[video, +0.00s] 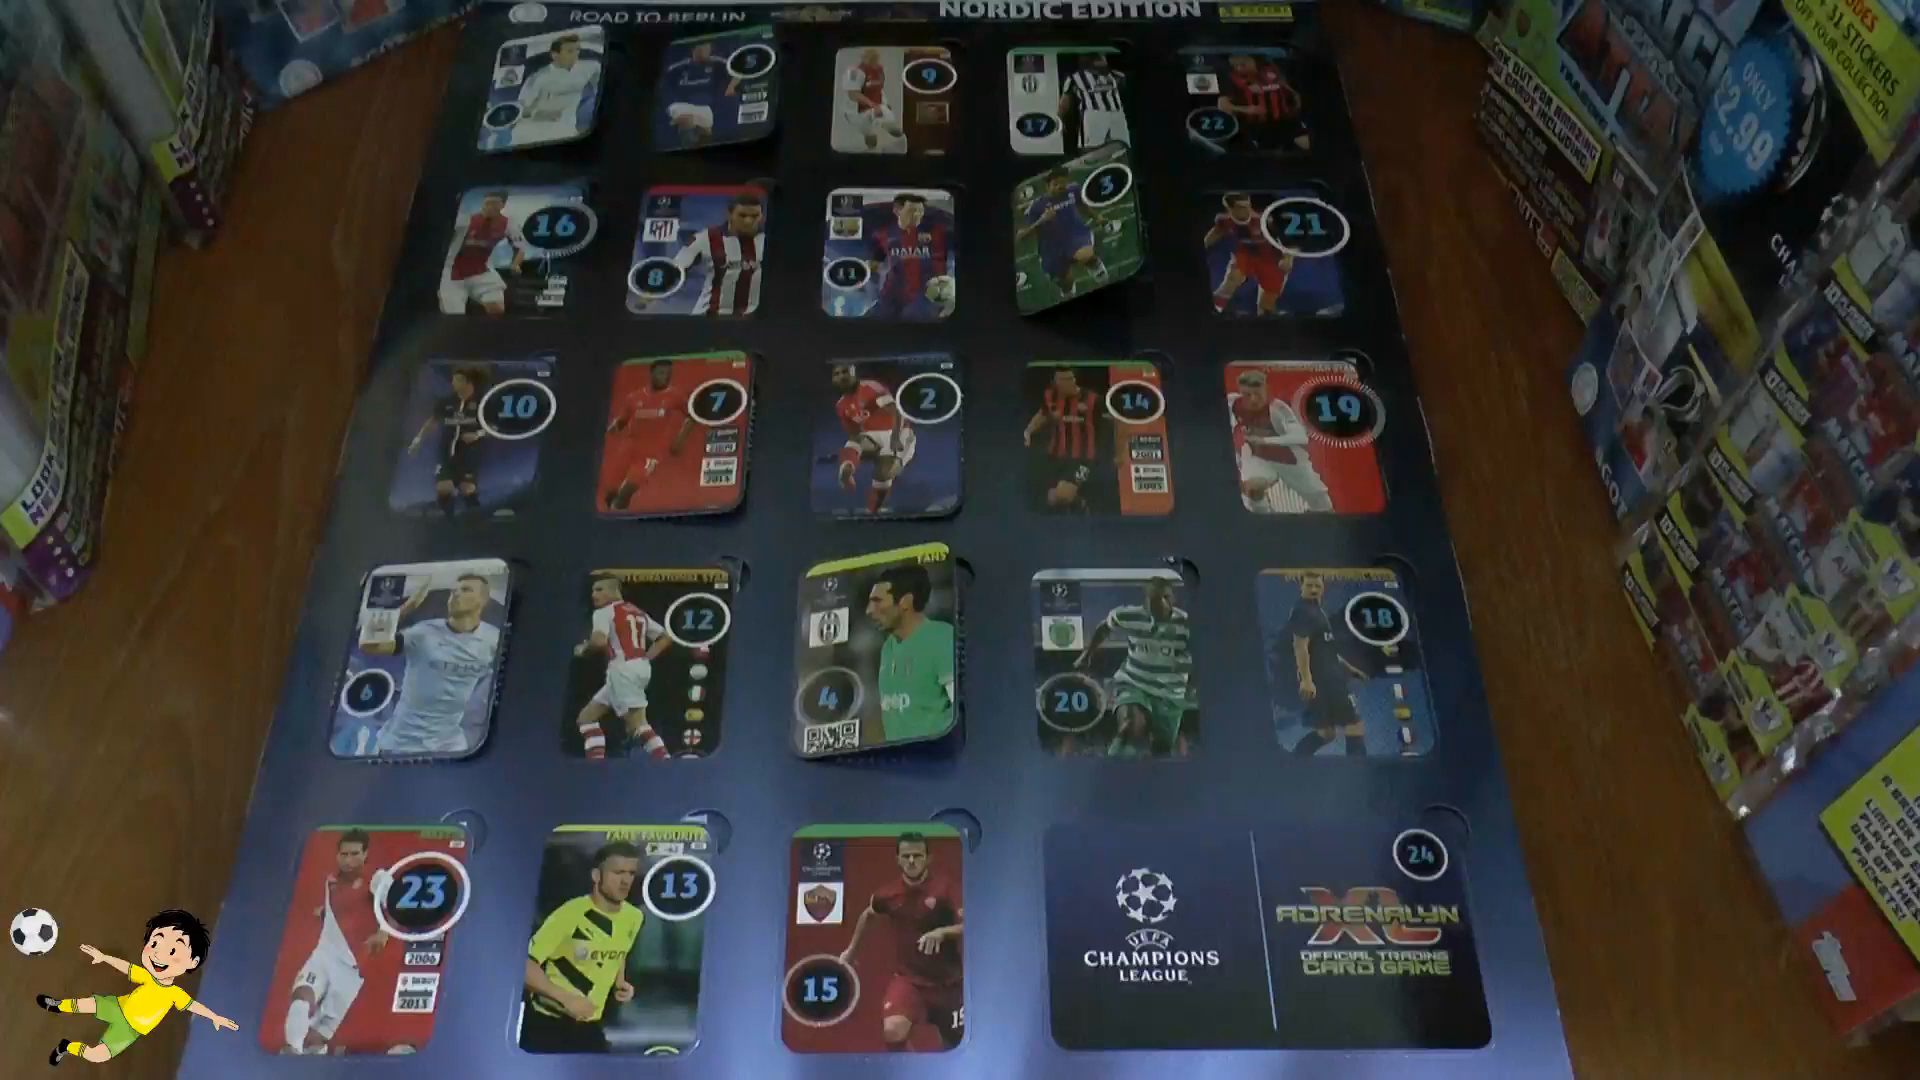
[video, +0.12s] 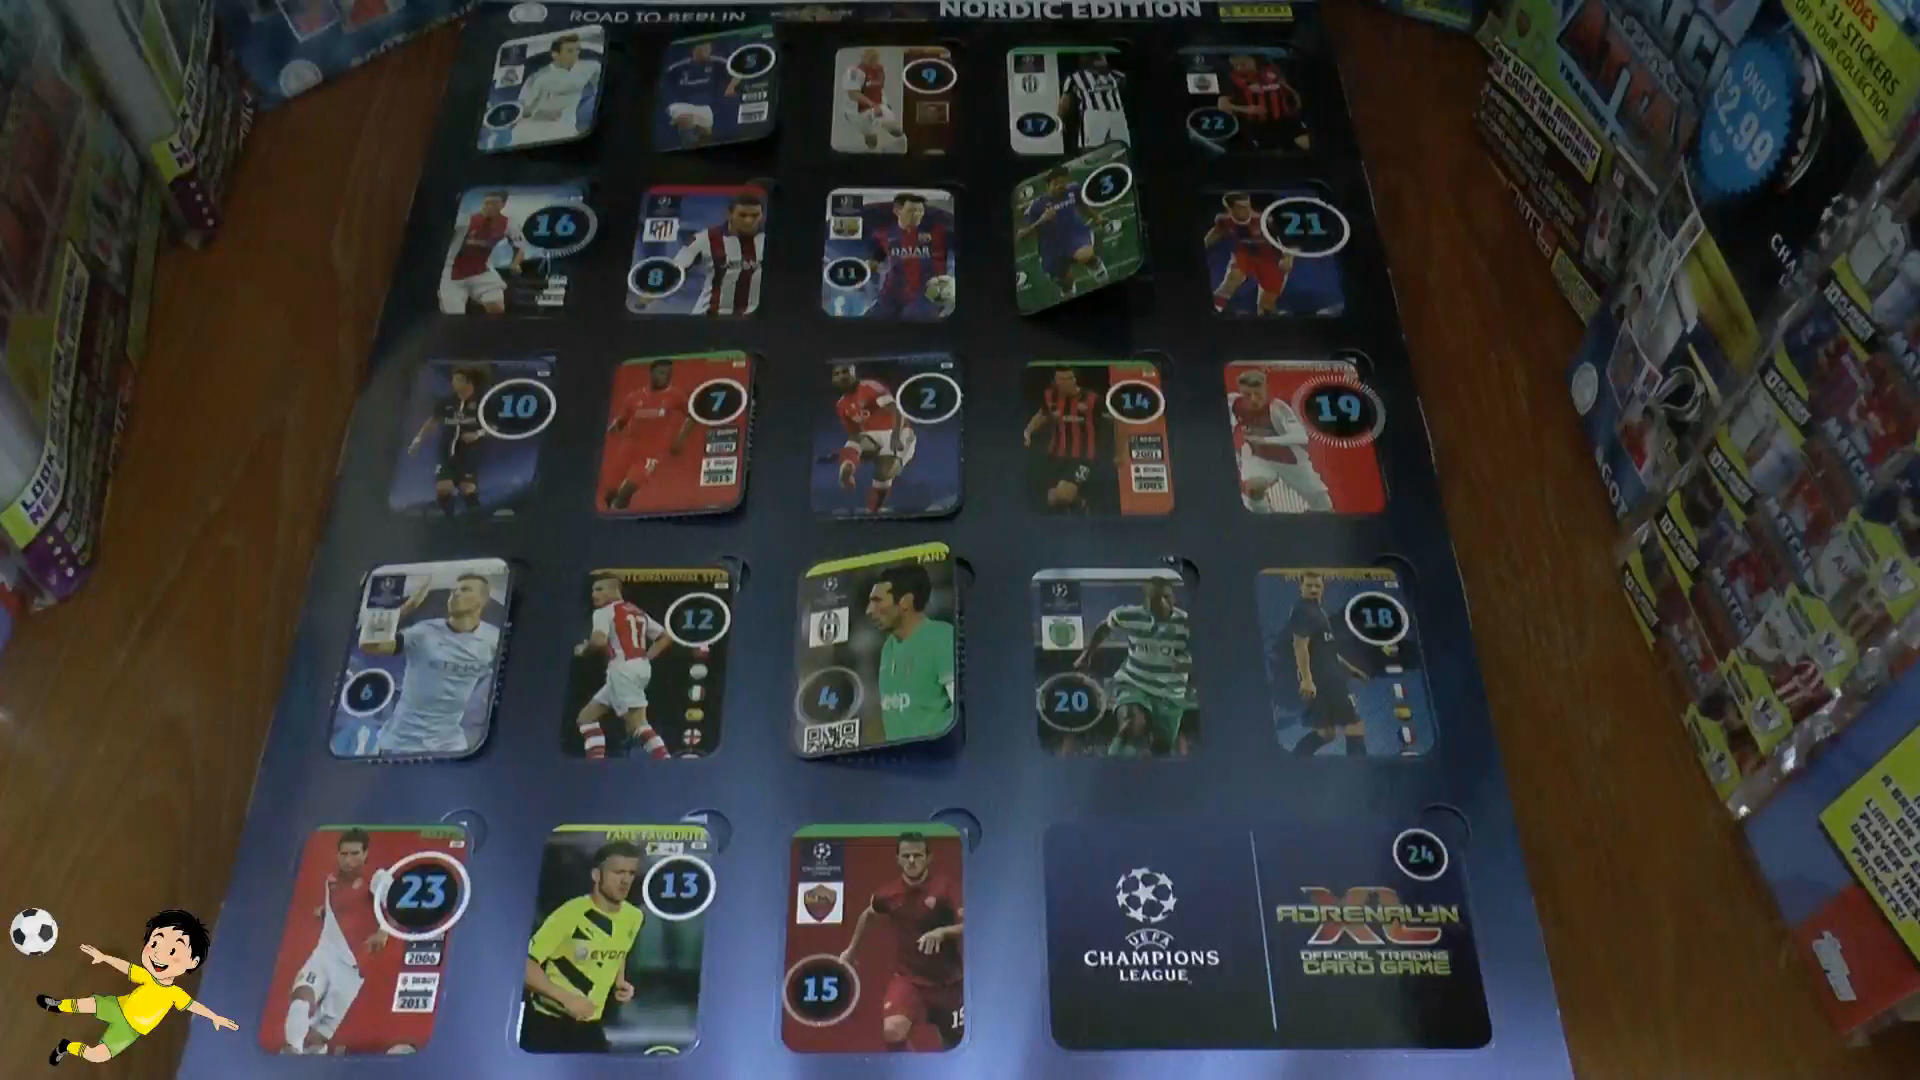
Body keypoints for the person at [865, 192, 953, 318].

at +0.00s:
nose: (917, 215)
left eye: (920, 211)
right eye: (912, 210)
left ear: (924, 212)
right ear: (897, 211)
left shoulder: (934, 235)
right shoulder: (882, 236)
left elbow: (939, 272)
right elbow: (872, 269)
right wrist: (873, 299)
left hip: (922, 300)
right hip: (891, 300)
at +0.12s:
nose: (917, 215)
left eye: (920, 210)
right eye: (912, 210)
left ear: (924, 212)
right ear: (897, 210)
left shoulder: (934, 234)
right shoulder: (883, 236)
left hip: (923, 299)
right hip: (891, 298)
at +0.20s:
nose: (917, 215)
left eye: (920, 210)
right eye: (912, 210)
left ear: (924, 212)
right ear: (897, 210)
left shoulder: (934, 234)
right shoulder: (883, 236)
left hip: (923, 299)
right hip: (891, 298)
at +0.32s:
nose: (917, 215)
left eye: (920, 210)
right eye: (912, 210)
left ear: (924, 212)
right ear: (897, 210)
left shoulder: (933, 235)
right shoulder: (883, 236)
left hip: (923, 299)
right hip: (892, 298)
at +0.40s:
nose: (917, 215)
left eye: (921, 210)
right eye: (912, 210)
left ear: (924, 212)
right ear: (897, 210)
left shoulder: (933, 234)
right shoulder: (884, 235)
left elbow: (940, 271)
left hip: (923, 298)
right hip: (892, 298)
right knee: (870, 322)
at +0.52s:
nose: (917, 214)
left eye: (921, 210)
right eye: (912, 210)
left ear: (925, 211)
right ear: (897, 210)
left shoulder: (937, 233)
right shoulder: (883, 235)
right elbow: (873, 268)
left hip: (925, 299)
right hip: (893, 298)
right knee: (869, 323)